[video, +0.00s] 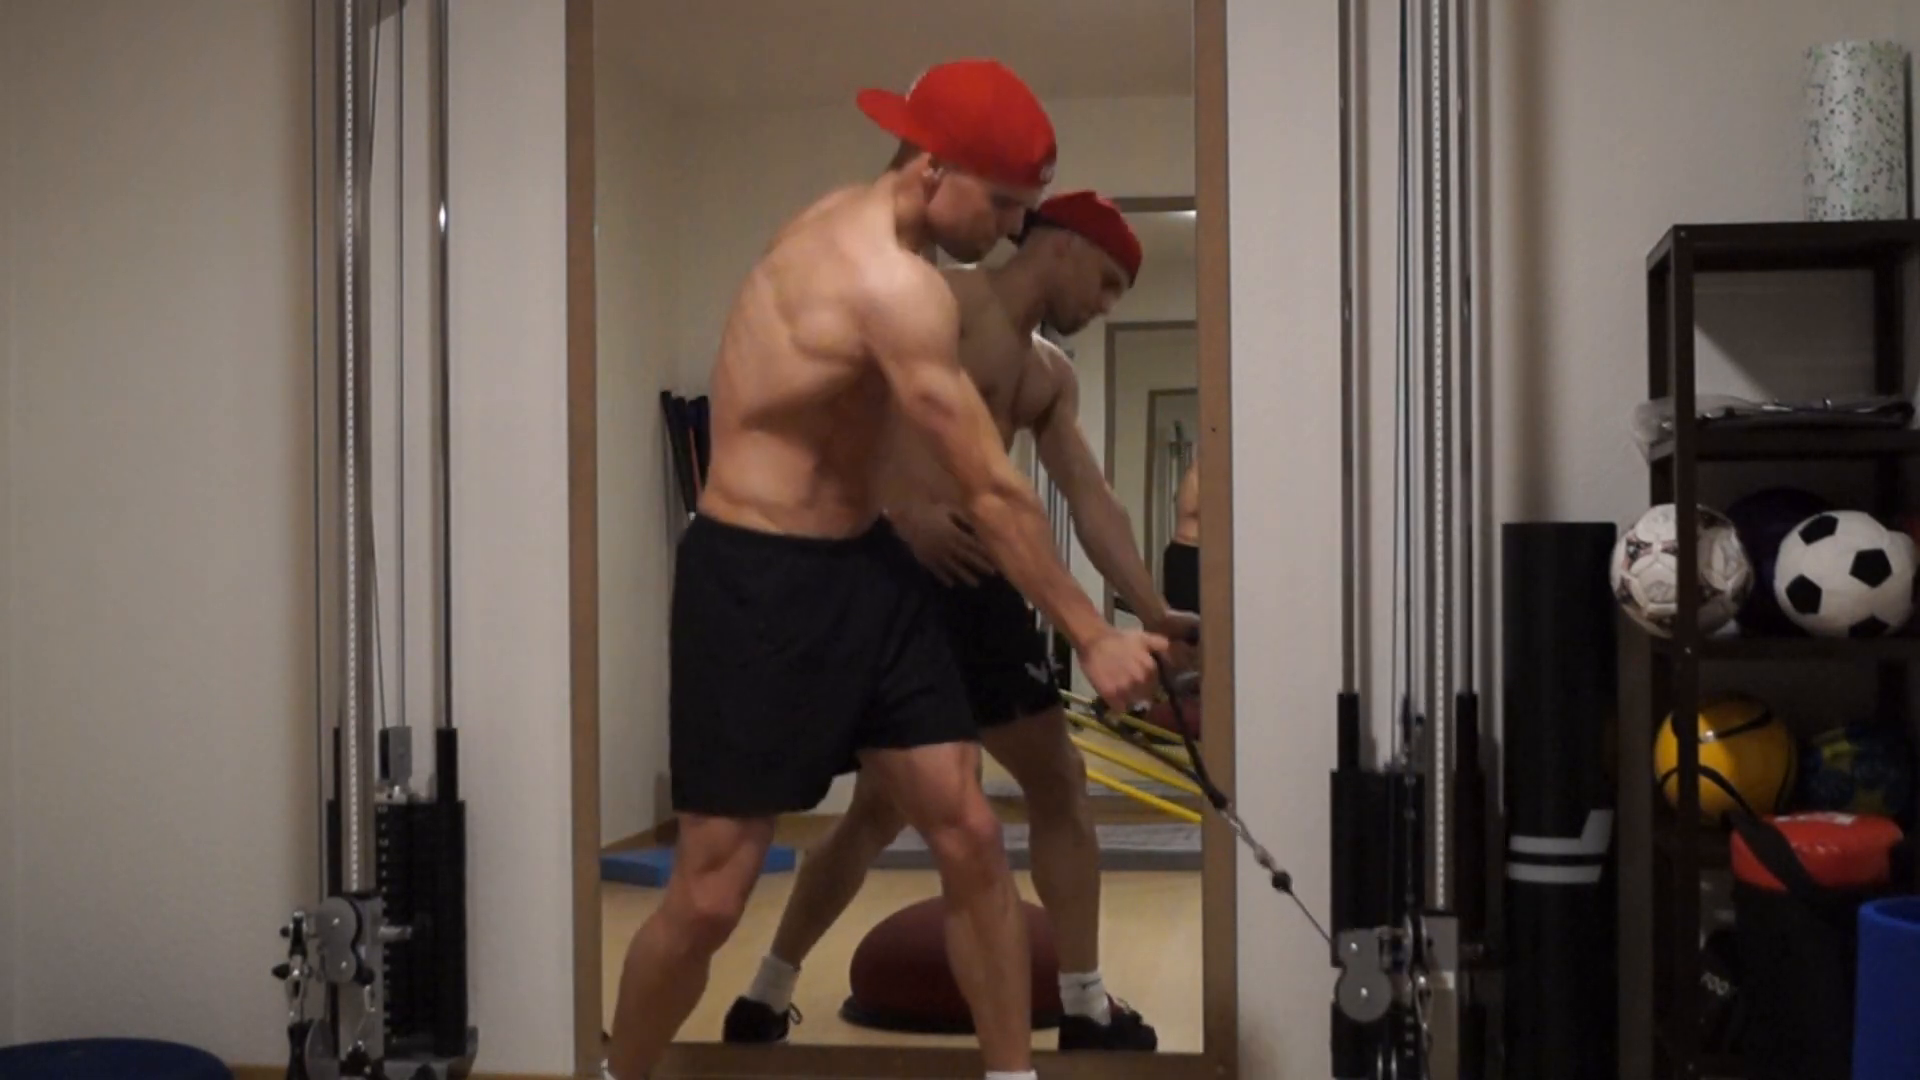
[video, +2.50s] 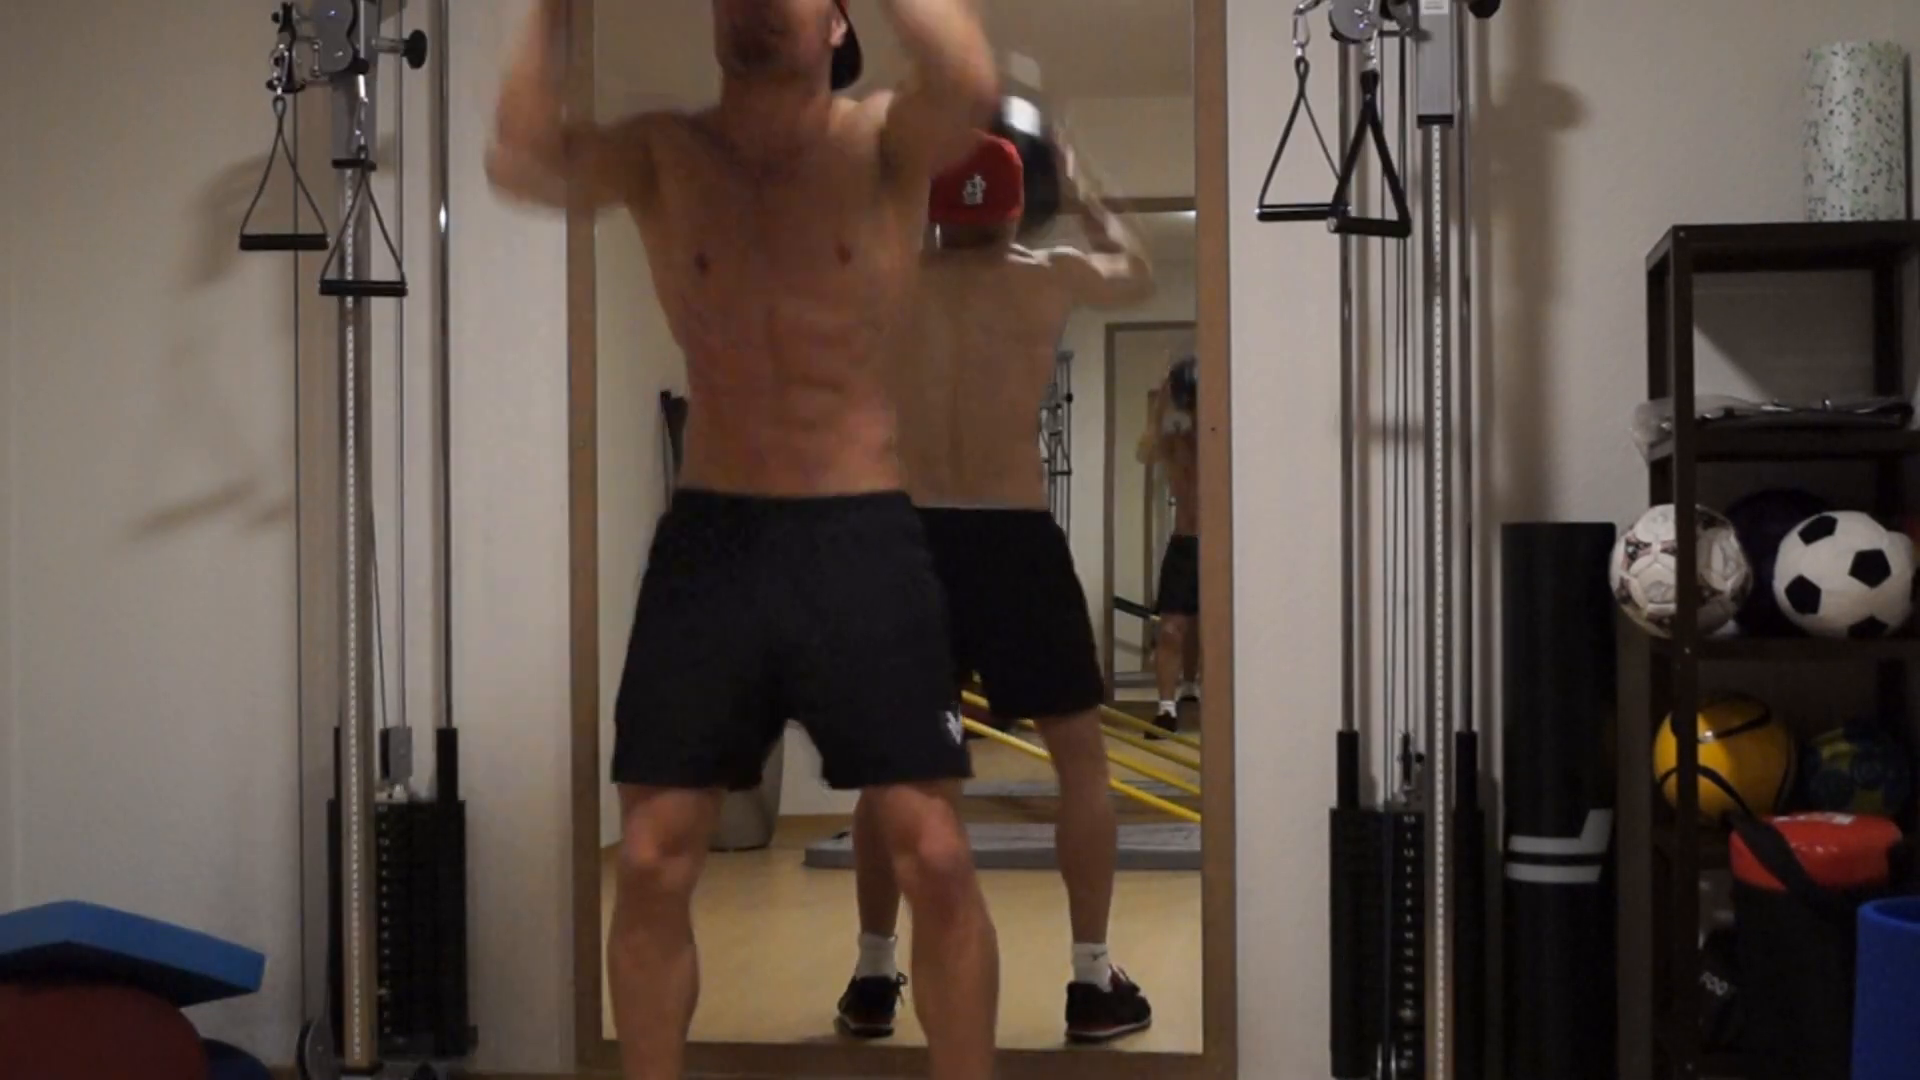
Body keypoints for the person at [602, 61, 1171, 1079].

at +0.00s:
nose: (1009, 228)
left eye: (1018, 208)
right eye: (1003, 204)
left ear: (929, 168)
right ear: (933, 172)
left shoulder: (862, 216)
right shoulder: (896, 284)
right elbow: (987, 492)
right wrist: (1095, 638)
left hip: (860, 567)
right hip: (751, 573)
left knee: (970, 834)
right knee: (710, 893)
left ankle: (1013, 1074)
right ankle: (626, 1071)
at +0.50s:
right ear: (723, 2)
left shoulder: (928, 120)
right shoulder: (671, 135)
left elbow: (1015, 253)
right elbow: (656, 291)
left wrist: (970, 342)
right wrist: (664, 413)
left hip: (899, 510)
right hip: (742, 505)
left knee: (966, 848)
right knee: (647, 731)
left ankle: (1056, 1069)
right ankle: (731, 958)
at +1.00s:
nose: (651, 3)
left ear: (735, 10)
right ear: (614, 10)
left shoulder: (814, 147)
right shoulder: (553, 153)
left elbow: (896, 289)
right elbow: (523, 294)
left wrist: (829, 334)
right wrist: (513, 405)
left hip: (752, 518)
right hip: (593, 515)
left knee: (708, 774)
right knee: (503, 856)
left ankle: (750, 986)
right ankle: (475, 1072)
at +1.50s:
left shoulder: (871, 105)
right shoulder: (607, 115)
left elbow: (944, 200)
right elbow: (572, 289)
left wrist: (937, 305)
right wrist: (617, 326)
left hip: (838, 477)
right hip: (682, 484)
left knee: (903, 789)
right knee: (669, 772)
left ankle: (984, 1052)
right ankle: (695, 1027)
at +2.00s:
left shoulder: (805, 67)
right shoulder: (563, 73)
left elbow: (895, 245)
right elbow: (541, 206)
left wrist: (771, 239)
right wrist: (522, 337)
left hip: (747, 435)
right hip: (599, 422)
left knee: (690, 760)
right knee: (489, 705)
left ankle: (735, 1046)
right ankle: (526, 970)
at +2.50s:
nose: (753, 6)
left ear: (836, 24)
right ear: (713, 19)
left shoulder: (883, 142)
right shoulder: (661, 149)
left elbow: (967, 81)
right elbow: (521, 157)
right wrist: (557, 5)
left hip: (865, 537)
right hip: (711, 538)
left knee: (935, 858)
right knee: (651, 862)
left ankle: (962, 1070)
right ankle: (652, 1076)